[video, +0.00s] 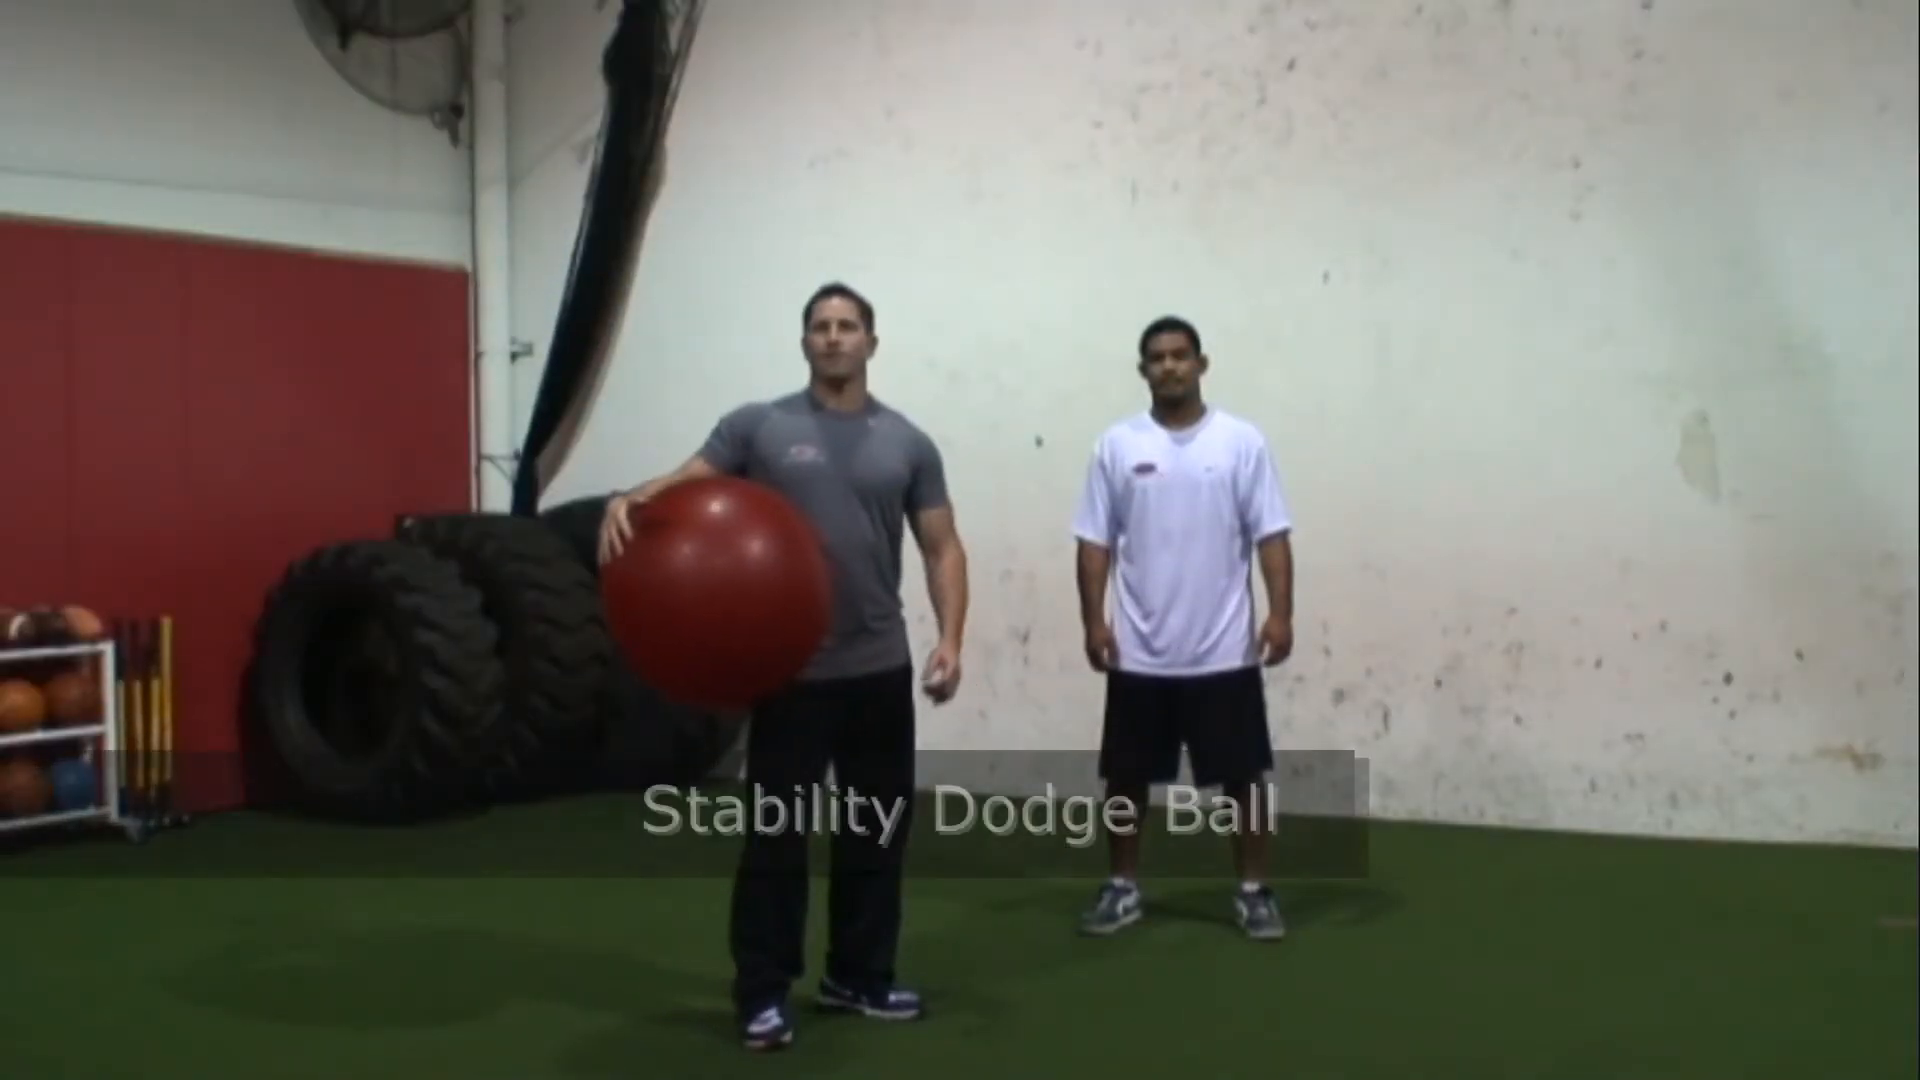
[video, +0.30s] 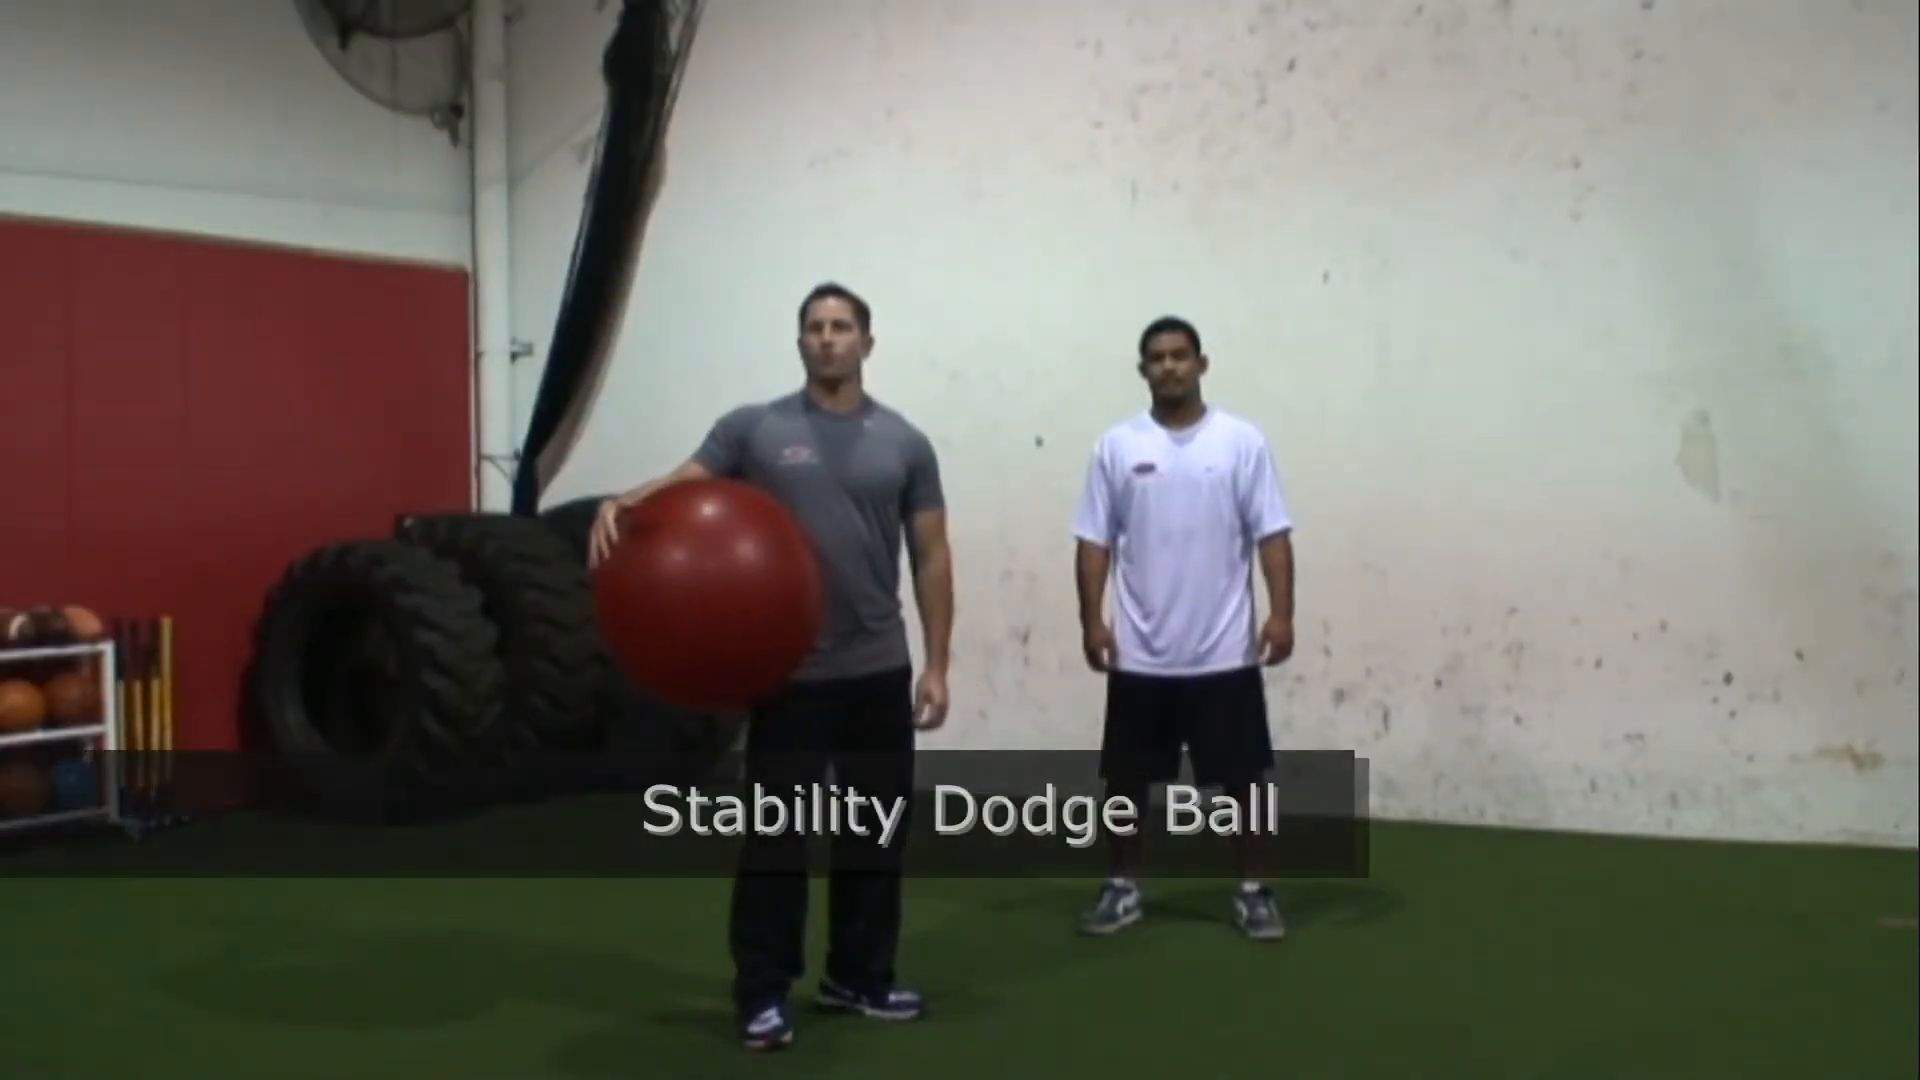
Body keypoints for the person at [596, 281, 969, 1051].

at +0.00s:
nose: (833, 337)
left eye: (847, 326)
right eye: (821, 327)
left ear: (872, 341)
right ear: (804, 343)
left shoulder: (907, 443)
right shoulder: (757, 427)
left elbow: (942, 545)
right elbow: (683, 486)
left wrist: (950, 638)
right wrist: (625, 503)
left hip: (879, 665)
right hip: (787, 668)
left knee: (876, 831)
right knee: (776, 832)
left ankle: (860, 976)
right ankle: (765, 994)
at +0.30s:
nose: (826, 338)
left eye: (840, 326)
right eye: (815, 327)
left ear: (867, 342)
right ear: (799, 342)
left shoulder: (905, 444)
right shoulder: (753, 429)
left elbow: (932, 556)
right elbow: (680, 488)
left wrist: (936, 663)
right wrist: (617, 506)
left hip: (878, 669)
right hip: (785, 672)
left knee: (875, 833)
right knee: (776, 834)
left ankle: (861, 976)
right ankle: (764, 994)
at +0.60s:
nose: (829, 340)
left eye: (842, 329)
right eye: (817, 330)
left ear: (868, 343)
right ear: (800, 343)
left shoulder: (902, 445)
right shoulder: (753, 427)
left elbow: (931, 551)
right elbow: (680, 488)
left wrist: (951, 649)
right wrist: (621, 507)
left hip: (875, 668)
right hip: (784, 673)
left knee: (874, 832)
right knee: (776, 836)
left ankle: (860, 976)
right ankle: (765, 994)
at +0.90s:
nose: (835, 339)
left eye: (848, 329)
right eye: (822, 328)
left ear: (869, 344)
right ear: (801, 342)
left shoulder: (898, 446)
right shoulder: (754, 426)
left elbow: (922, 553)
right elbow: (681, 485)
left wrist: (943, 647)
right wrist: (628, 505)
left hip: (874, 668)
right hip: (784, 673)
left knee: (874, 831)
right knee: (776, 834)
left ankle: (860, 976)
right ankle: (766, 993)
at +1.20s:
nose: (837, 336)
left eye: (850, 326)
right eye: (824, 325)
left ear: (870, 345)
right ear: (802, 341)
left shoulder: (899, 447)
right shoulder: (753, 427)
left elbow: (925, 554)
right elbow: (680, 486)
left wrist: (931, 656)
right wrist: (628, 504)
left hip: (874, 669)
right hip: (785, 674)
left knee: (873, 832)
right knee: (777, 835)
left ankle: (860, 976)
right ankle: (766, 994)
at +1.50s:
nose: (839, 337)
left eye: (853, 327)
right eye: (827, 326)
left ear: (872, 345)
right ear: (804, 341)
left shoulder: (899, 447)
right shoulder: (754, 426)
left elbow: (923, 554)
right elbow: (681, 484)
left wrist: (936, 661)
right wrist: (630, 504)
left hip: (874, 669)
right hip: (785, 674)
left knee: (873, 833)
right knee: (777, 835)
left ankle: (860, 976)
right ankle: (765, 994)